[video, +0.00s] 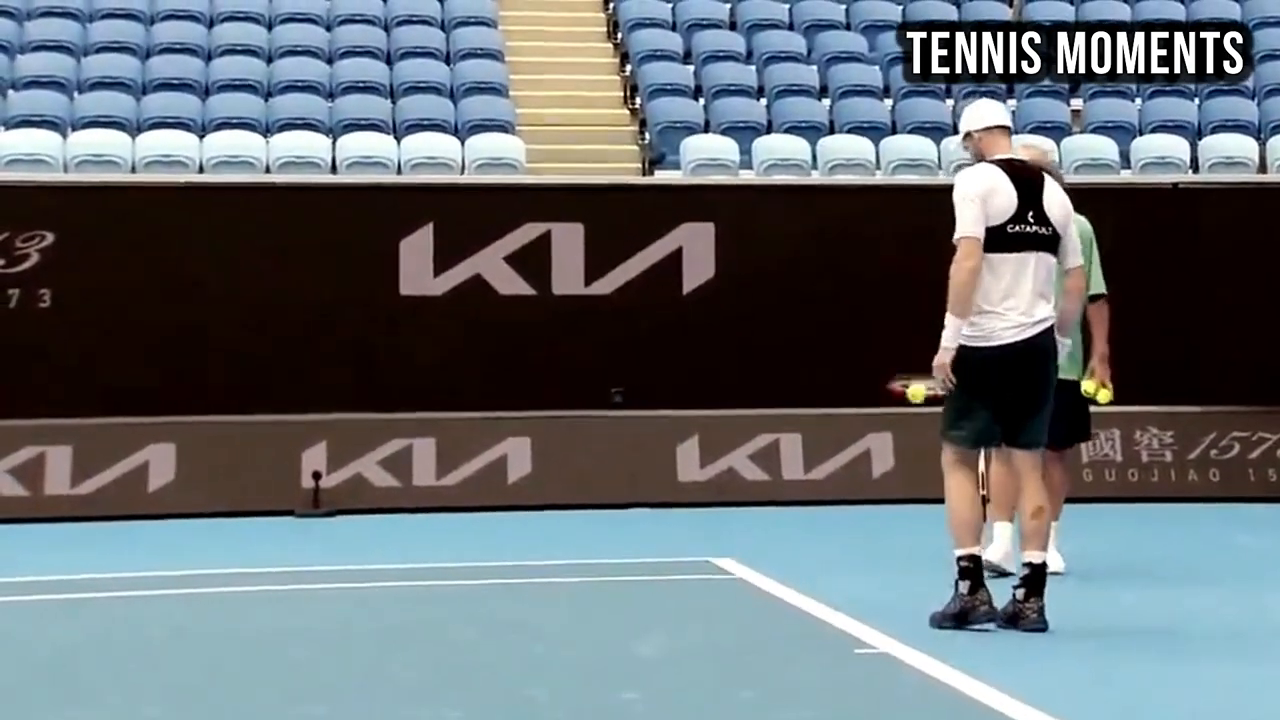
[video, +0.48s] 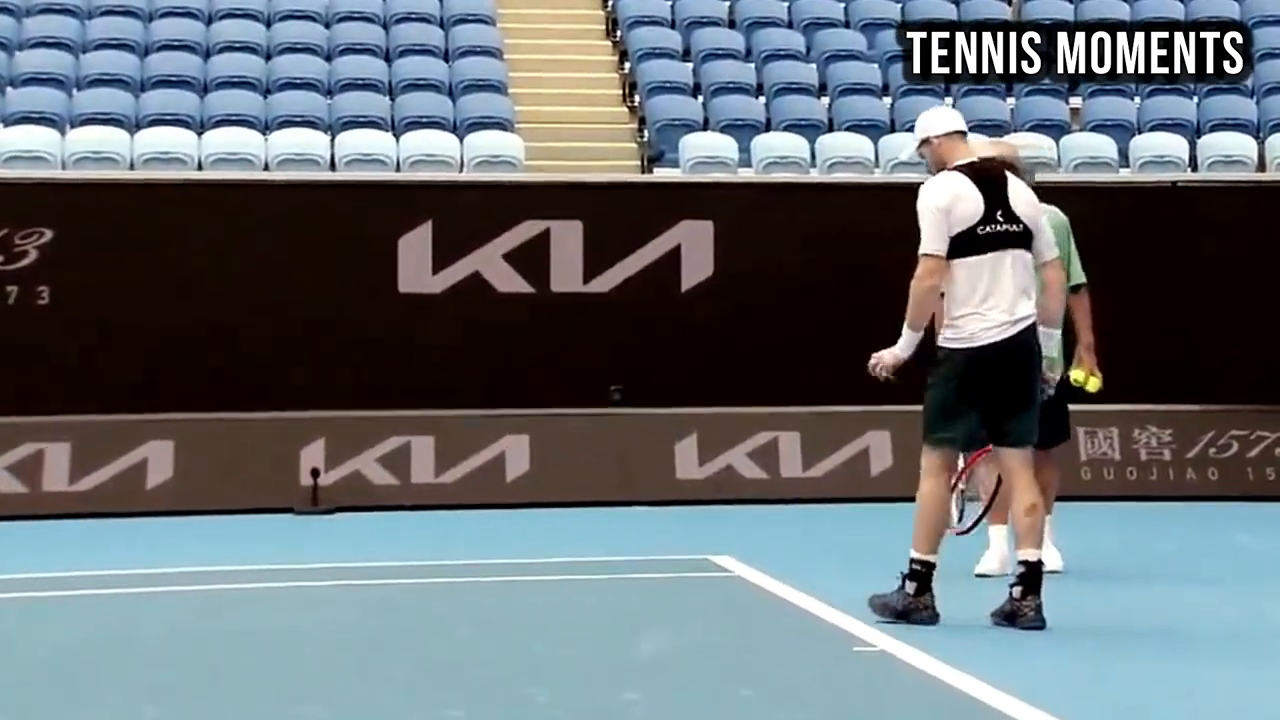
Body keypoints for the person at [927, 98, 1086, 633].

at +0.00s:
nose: (966, 148)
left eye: (966, 141)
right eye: (970, 139)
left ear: (972, 138)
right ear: (1011, 131)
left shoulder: (974, 180)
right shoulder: (1055, 189)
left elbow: (968, 258)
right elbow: (1074, 281)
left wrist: (949, 340)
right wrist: (1057, 337)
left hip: (982, 347)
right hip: (1037, 348)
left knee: (957, 459)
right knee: (1030, 464)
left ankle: (971, 591)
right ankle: (1031, 598)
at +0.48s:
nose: (923, 159)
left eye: (923, 151)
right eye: (922, 151)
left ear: (932, 145)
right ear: (967, 136)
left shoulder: (939, 190)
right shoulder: (1020, 189)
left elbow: (931, 274)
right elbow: (1053, 275)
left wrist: (903, 347)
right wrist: (1046, 347)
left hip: (963, 352)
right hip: (1020, 348)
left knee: (936, 466)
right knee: (1020, 466)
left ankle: (916, 590)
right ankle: (1028, 596)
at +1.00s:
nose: (829, 169)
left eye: (834, 158)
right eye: (829, 160)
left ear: (859, 157)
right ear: (871, 159)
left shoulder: (857, 216)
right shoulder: (931, 189)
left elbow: (858, 306)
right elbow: (980, 269)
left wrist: (854, 388)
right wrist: (969, 328)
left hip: (922, 352)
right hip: (980, 340)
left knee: (910, 471)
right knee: (994, 461)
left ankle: (914, 594)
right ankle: (1025, 586)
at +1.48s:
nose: (819, 180)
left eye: (822, 169)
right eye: (818, 170)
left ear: (845, 169)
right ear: (865, 169)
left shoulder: (842, 226)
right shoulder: (914, 197)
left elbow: (817, 315)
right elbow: (934, 286)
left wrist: (788, 391)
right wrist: (881, 345)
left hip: (927, 353)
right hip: (981, 333)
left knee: (910, 469)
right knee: (1022, 454)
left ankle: (913, 593)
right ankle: (1071, 570)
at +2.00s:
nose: (894, 187)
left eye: (898, 177)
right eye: (894, 178)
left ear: (918, 178)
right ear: (938, 178)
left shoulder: (914, 238)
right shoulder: (992, 204)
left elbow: (910, 329)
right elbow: (1005, 300)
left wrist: (902, 409)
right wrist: (958, 383)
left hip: (986, 361)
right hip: (1046, 350)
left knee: (944, 472)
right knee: (1056, 474)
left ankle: (915, 595)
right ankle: (1090, 595)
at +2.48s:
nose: (1013, 152)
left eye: (1015, 149)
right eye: (1023, 149)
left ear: (1019, 158)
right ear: (1062, 159)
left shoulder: (992, 206)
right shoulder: (1094, 212)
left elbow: (957, 241)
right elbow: (1123, 286)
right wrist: (1120, 346)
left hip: (1009, 371)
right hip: (1072, 369)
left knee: (960, 474)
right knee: (1080, 488)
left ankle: (923, 591)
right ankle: (1091, 597)